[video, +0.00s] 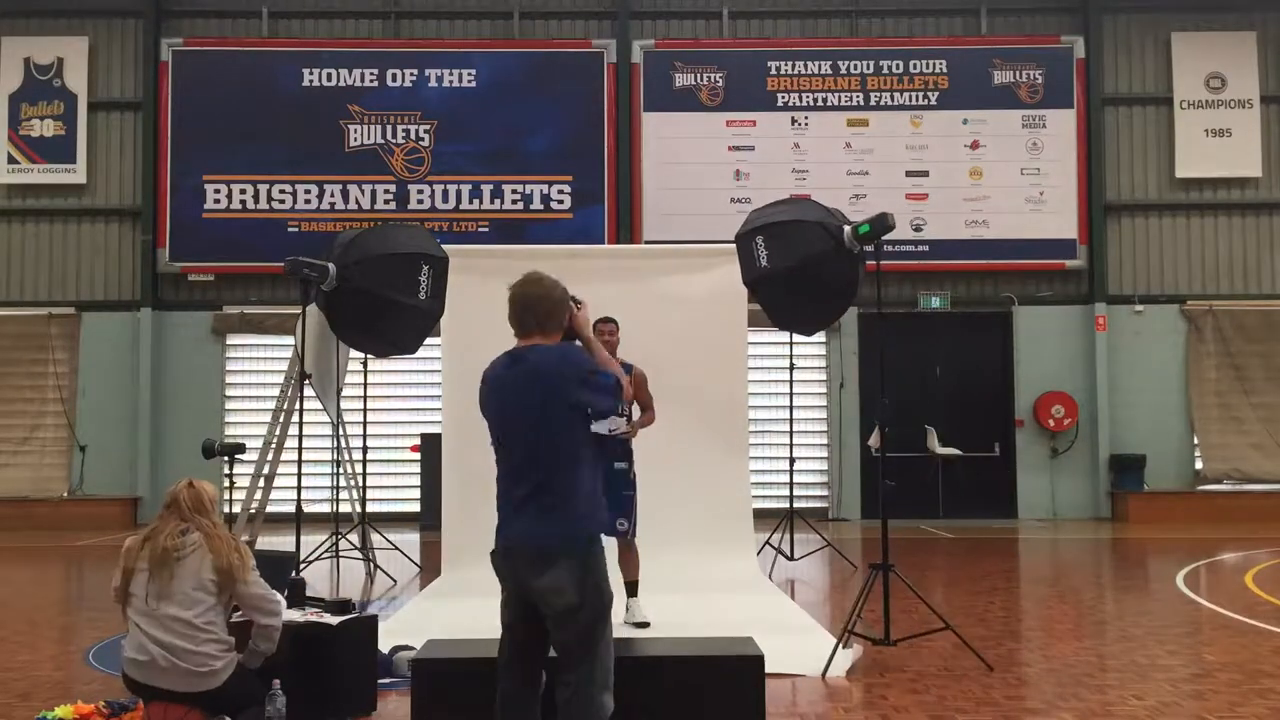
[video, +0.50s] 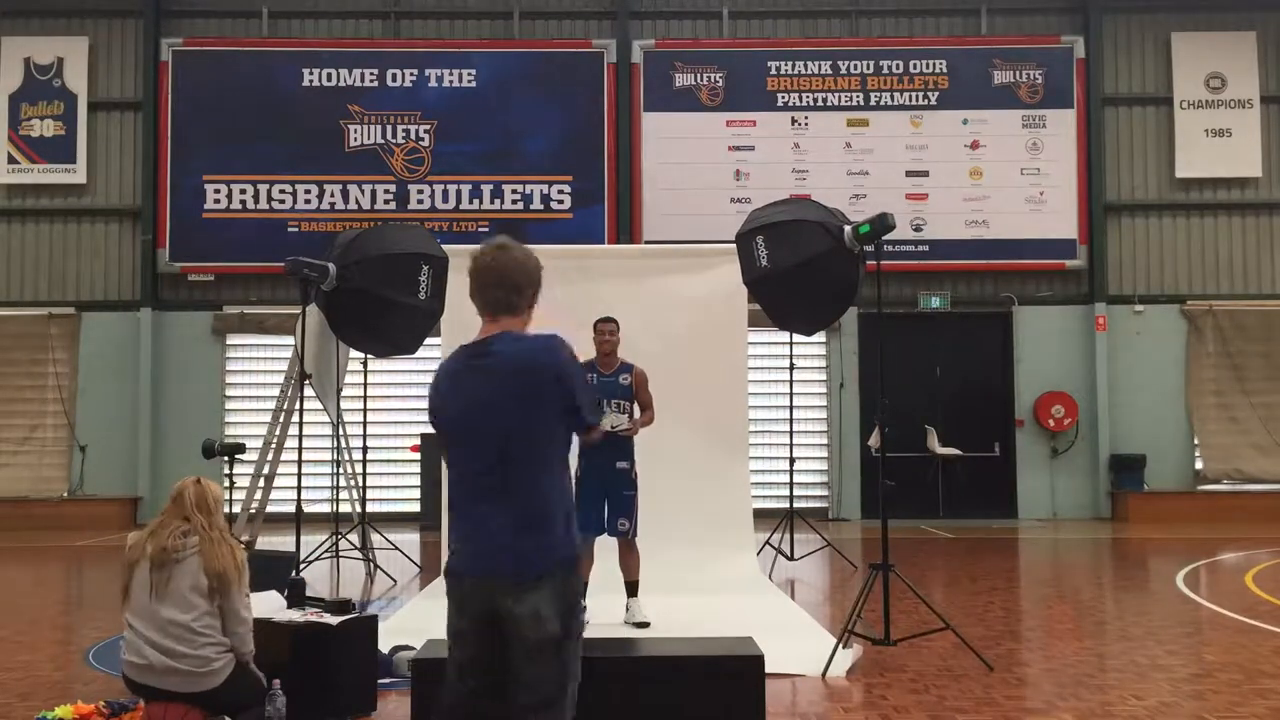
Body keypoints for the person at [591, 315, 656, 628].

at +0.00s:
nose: (607, 338)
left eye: (612, 333)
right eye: (602, 333)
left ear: (619, 338)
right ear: (591, 338)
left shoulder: (633, 375)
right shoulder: (580, 372)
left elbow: (648, 412)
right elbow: (570, 406)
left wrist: (635, 424)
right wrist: (581, 424)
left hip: (618, 459)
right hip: (583, 458)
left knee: (625, 534)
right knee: (582, 534)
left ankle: (632, 602)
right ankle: (580, 606)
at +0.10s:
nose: (605, 338)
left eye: (610, 333)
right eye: (601, 333)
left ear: (619, 338)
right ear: (593, 338)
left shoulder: (633, 374)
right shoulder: (580, 371)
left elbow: (649, 412)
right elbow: (567, 407)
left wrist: (631, 426)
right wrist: (581, 427)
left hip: (619, 463)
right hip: (583, 461)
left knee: (625, 535)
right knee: (580, 536)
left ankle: (632, 602)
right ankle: (577, 606)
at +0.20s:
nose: (604, 337)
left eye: (609, 332)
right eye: (599, 332)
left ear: (617, 338)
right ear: (591, 337)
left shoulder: (632, 375)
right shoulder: (574, 375)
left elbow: (647, 414)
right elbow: (560, 413)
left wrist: (633, 424)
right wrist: (569, 425)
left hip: (618, 462)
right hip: (586, 462)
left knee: (624, 535)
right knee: (583, 535)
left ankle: (633, 604)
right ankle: (578, 605)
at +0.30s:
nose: (608, 337)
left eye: (612, 332)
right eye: (603, 332)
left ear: (620, 338)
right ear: (595, 338)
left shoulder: (636, 375)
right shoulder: (577, 375)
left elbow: (649, 413)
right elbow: (563, 413)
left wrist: (638, 424)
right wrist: (575, 425)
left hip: (622, 462)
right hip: (590, 463)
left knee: (626, 535)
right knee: (585, 535)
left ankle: (633, 604)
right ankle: (578, 605)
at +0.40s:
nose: (605, 349)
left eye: (610, 344)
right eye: (601, 344)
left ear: (620, 343)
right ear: (595, 342)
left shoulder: (635, 375)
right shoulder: (577, 375)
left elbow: (649, 414)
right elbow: (563, 414)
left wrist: (638, 424)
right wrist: (575, 425)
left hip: (621, 462)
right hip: (590, 463)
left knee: (626, 535)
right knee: (585, 535)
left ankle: (633, 603)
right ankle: (578, 605)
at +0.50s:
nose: (606, 339)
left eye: (611, 334)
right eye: (601, 334)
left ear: (619, 339)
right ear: (593, 338)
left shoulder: (634, 375)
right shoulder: (579, 373)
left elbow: (648, 412)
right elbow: (566, 408)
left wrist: (637, 424)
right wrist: (583, 428)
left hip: (621, 464)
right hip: (588, 464)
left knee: (626, 535)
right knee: (584, 535)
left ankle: (633, 603)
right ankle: (578, 604)